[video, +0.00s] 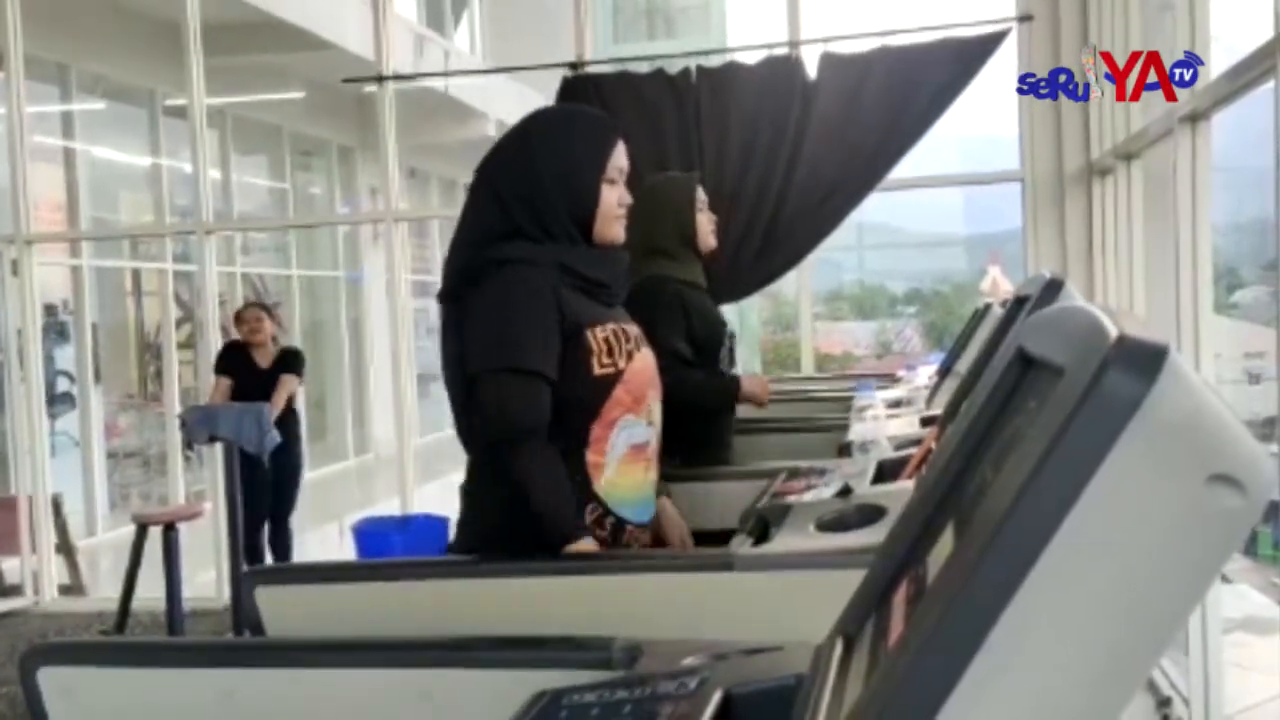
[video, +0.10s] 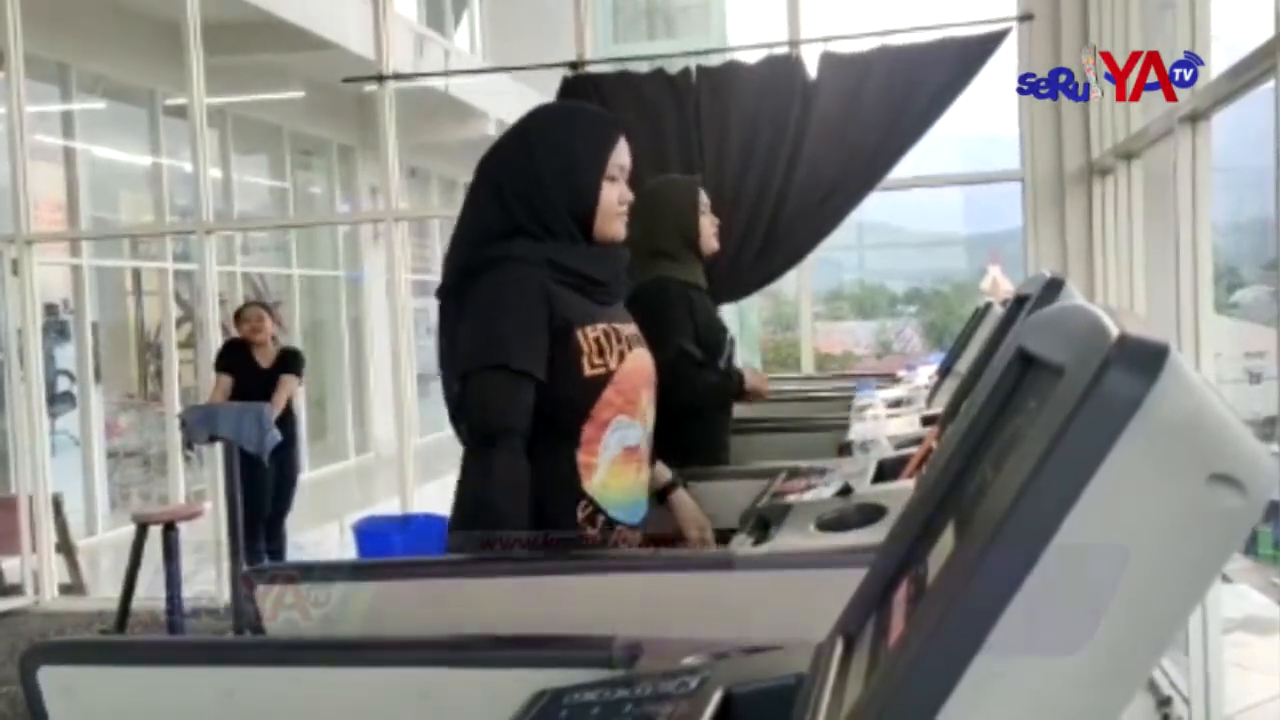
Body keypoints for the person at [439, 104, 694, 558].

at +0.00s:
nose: (627, 198)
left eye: (624, 182)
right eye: (612, 181)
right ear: (564, 182)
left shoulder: (585, 280)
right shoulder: (518, 285)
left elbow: (586, 418)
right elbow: (514, 437)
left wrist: (653, 501)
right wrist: (572, 539)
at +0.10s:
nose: (628, 195)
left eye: (626, 179)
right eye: (612, 178)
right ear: (564, 179)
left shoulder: (589, 279)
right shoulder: (510, 284)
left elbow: (600, 418)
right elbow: (496, 444)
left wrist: (668, 488)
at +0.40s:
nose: (633, 220)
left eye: (630, 204)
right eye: (619, 203)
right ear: (571, 201)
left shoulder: (594, 303)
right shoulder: (513, 311)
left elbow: (611, 438)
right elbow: (484, 471)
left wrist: (715, 462)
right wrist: (460, 585)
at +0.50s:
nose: (634, 207)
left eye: (632, 192)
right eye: (621, 191)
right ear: (571, 188)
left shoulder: (587, 287)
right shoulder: (518, 294)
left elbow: (618, 421)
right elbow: (508, 458)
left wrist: (729, 443)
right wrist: (513, 581)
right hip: (562, 550)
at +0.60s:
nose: (630, 202)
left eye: (629, 186)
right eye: (618, 186)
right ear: (567, 183)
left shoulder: (580, 278)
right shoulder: (517, 284)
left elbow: (622, 406)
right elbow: (524, 449)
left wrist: (740, 438)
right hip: (532, 550)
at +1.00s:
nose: (642, 192)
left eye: (640, 177)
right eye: (629, 175)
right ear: (579, 174)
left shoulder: (603, 276)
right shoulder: (527, 283)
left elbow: (644, 403)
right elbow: (525, 447)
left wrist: (752, 434)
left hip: (632, 527)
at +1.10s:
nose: (643, 192)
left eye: (641, 176)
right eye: (629, 175)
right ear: (578, 174)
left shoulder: (609, 275)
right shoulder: (524, 281)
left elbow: (642, 399)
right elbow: (505, 441)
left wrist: (751, 431)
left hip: (627, 528)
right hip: (559, 540)